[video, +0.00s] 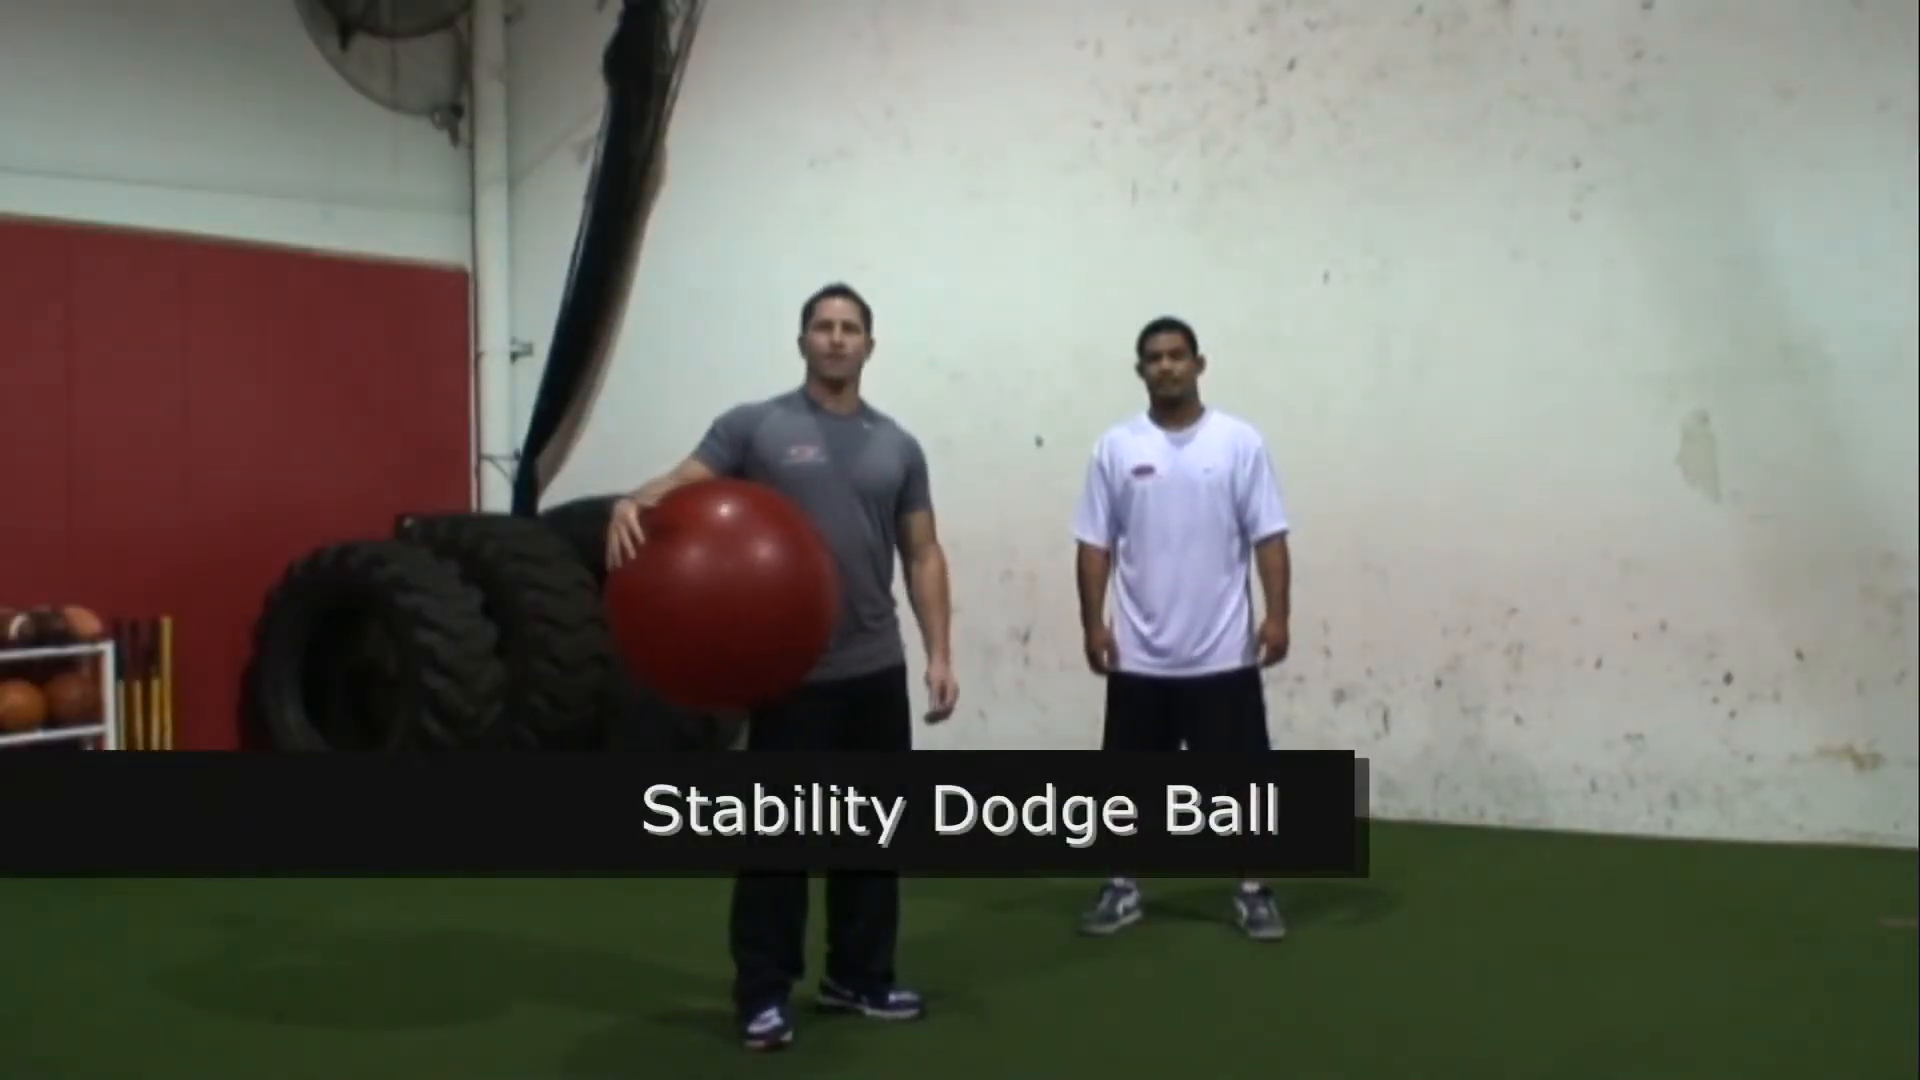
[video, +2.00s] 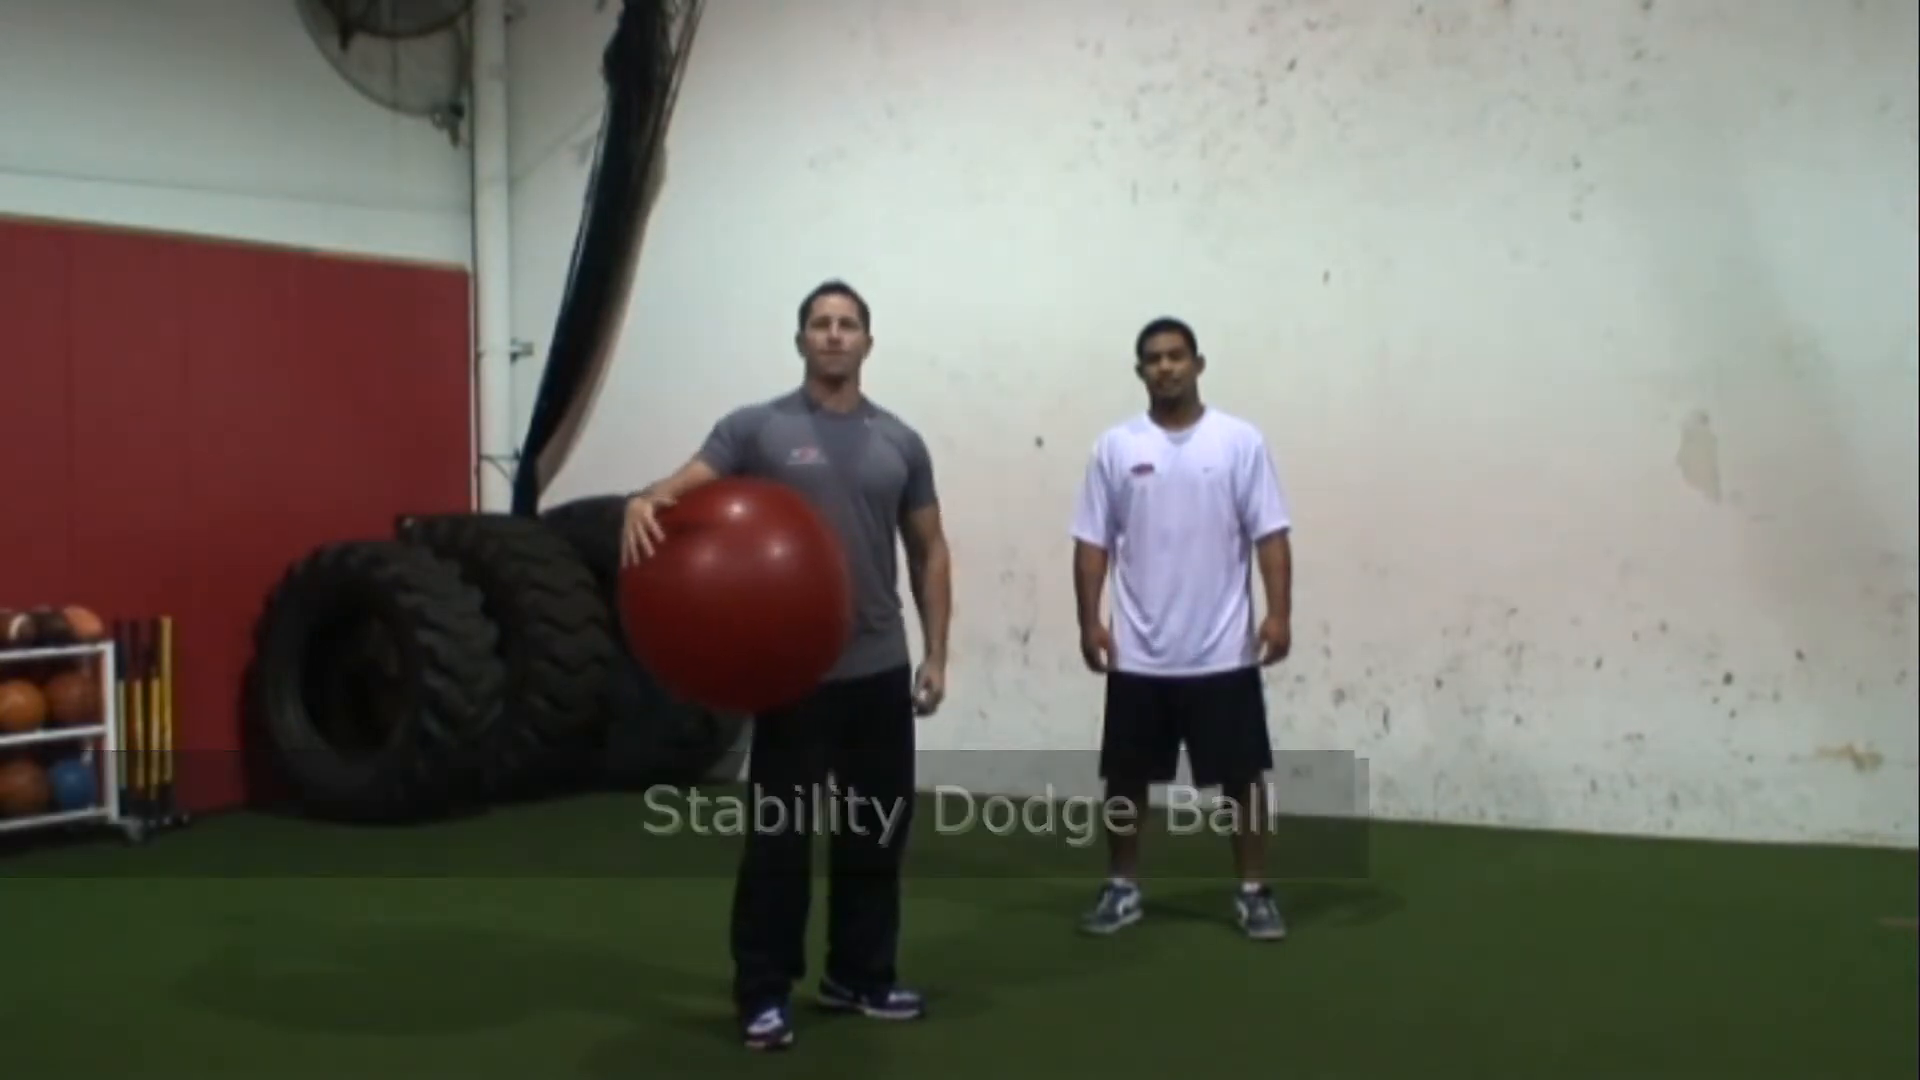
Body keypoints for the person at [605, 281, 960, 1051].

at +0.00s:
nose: (837, 338)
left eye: (850, 328)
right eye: (824, 327)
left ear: (869, 344)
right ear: (802, 341)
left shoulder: (897, 446)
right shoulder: (754, 426)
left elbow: (923, 552)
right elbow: (681, 484)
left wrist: (939, 651)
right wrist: (630, 504)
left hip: (874, 668)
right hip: (784, 673)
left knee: (873, 831)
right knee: (777, 834)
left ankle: (859, 976)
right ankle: (766, 994)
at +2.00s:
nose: (834, 335)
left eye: (847, 324)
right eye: (820, 324)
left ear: (868, 342)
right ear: (799, 340)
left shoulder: (900, 442)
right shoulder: (756, 427)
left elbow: (930, 549)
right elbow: (686, 482)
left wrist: (936, 653)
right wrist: (642, 501)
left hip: (878, 669)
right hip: (789, 671)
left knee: (875, 833)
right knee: (777, 836)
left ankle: (861, 977)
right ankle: (765, 995)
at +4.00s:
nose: (851, 337)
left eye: (863, 328)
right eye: (837, 325)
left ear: (879, 344)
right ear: (811, 338)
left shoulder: (897, 446)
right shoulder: (761, 421)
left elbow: (918, 552)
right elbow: (687, 481)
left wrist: (939, 654)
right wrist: (663, 498)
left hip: (876, 669)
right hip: (790, 670)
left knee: (874, 826)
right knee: (781, 833)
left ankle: (860, 975)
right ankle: (763, 994)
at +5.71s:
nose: (847, 343)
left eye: (860, 332)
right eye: (834, 331)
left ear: (877, 347)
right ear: (810, 343)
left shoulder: (899, 446)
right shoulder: (760, 426)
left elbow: (936, 545)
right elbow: (689, 484)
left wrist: (909, 561)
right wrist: (647, 507)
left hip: (878, 669)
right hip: (791, 671)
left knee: (877, 824)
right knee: (780, 832)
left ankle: (859, 976)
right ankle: (765, 993)